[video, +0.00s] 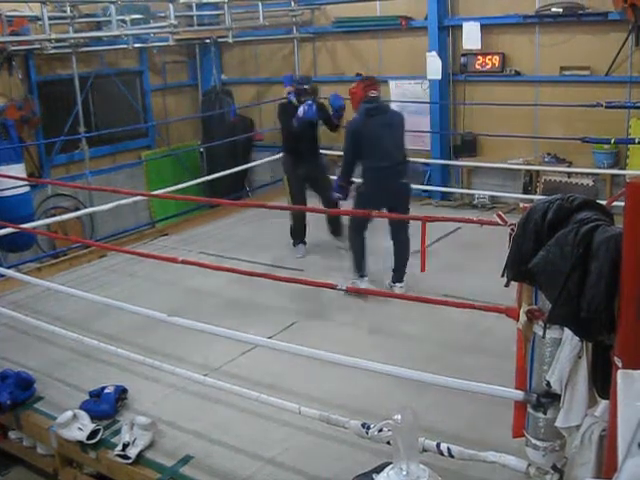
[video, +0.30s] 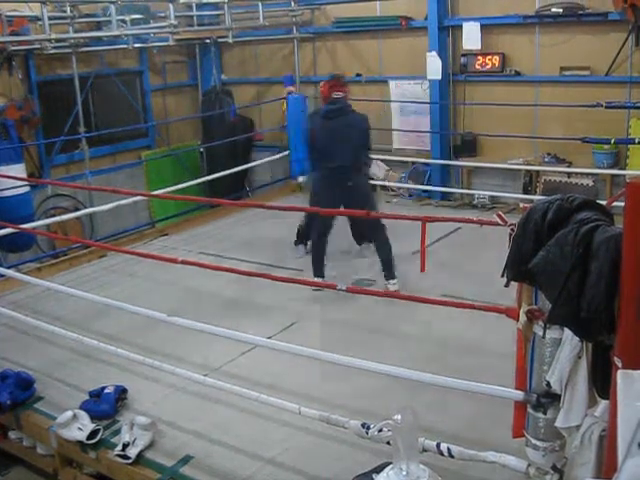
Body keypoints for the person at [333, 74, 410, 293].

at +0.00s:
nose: (351, 100)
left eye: (353, 96)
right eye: (352, 96)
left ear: (359, 97)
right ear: (378, 95)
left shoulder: (356, 124)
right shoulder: (397, 117)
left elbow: (350, 160)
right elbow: (397, 149)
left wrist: (342, 186)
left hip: (372, 185)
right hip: (398, 183)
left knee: (356, 227)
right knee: (400, 230)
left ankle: (361, 276)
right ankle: (398, 280)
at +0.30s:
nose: (323, 96)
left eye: (324, 92)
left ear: (325, 95)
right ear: (345, 95)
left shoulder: (315, 120)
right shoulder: (359, 120)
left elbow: (313, 154)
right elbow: (365, 151)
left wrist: (322, 172)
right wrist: (357, 171)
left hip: (325, 183)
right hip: (355, 181)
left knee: (320, 232)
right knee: (375, 226)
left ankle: (318, 278)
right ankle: (391, 278)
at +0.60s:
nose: (319, 98)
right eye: (318, 94)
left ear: (294, 96)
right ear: (316, 95)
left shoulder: (285, 122)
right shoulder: (324, 118)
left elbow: (282, 154)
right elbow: (337, 146)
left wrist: (301, 153)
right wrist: (349, 160)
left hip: (297, 180)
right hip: (321, 179)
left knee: (305, 225)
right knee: (331, 226)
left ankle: (311, 270)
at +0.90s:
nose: (300, 103)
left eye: (299, 98)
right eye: (297, 98)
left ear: (277, 98)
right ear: (290, 99)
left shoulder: (266, 120)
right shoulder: (287, 124)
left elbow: (285, 149)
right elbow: (303, 156)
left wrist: (307, 142)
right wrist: (318, 148)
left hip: (269, 188)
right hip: (282, 190)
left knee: (293, 235)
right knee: (281, 240)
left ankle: (314, 277)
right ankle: (244, 281)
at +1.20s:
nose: (280, 108)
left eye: (280, 103)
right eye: (277, 103)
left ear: (262, 104)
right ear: (265, 104)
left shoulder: (255, 126)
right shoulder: (254, 130)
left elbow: (257, 156)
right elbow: (267, 164)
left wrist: (277, 148)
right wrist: (288, 150)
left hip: (258, 191)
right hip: (250, 193)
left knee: (285, 221)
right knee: (254, 243)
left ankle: (288, 270)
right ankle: (230, 293)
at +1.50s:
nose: (282, 111)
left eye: (283, 106)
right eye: (279, 105)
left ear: (269, 105)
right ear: (266, 103)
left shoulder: (263, 125)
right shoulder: (252, 126)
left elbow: (272, 149)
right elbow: (271, 153)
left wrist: (289, 135)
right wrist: (290, 136)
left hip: (253, 187)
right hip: (237, 188)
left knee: (271, 224)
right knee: (242, 238)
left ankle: (269, 270)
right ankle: (229, 292)